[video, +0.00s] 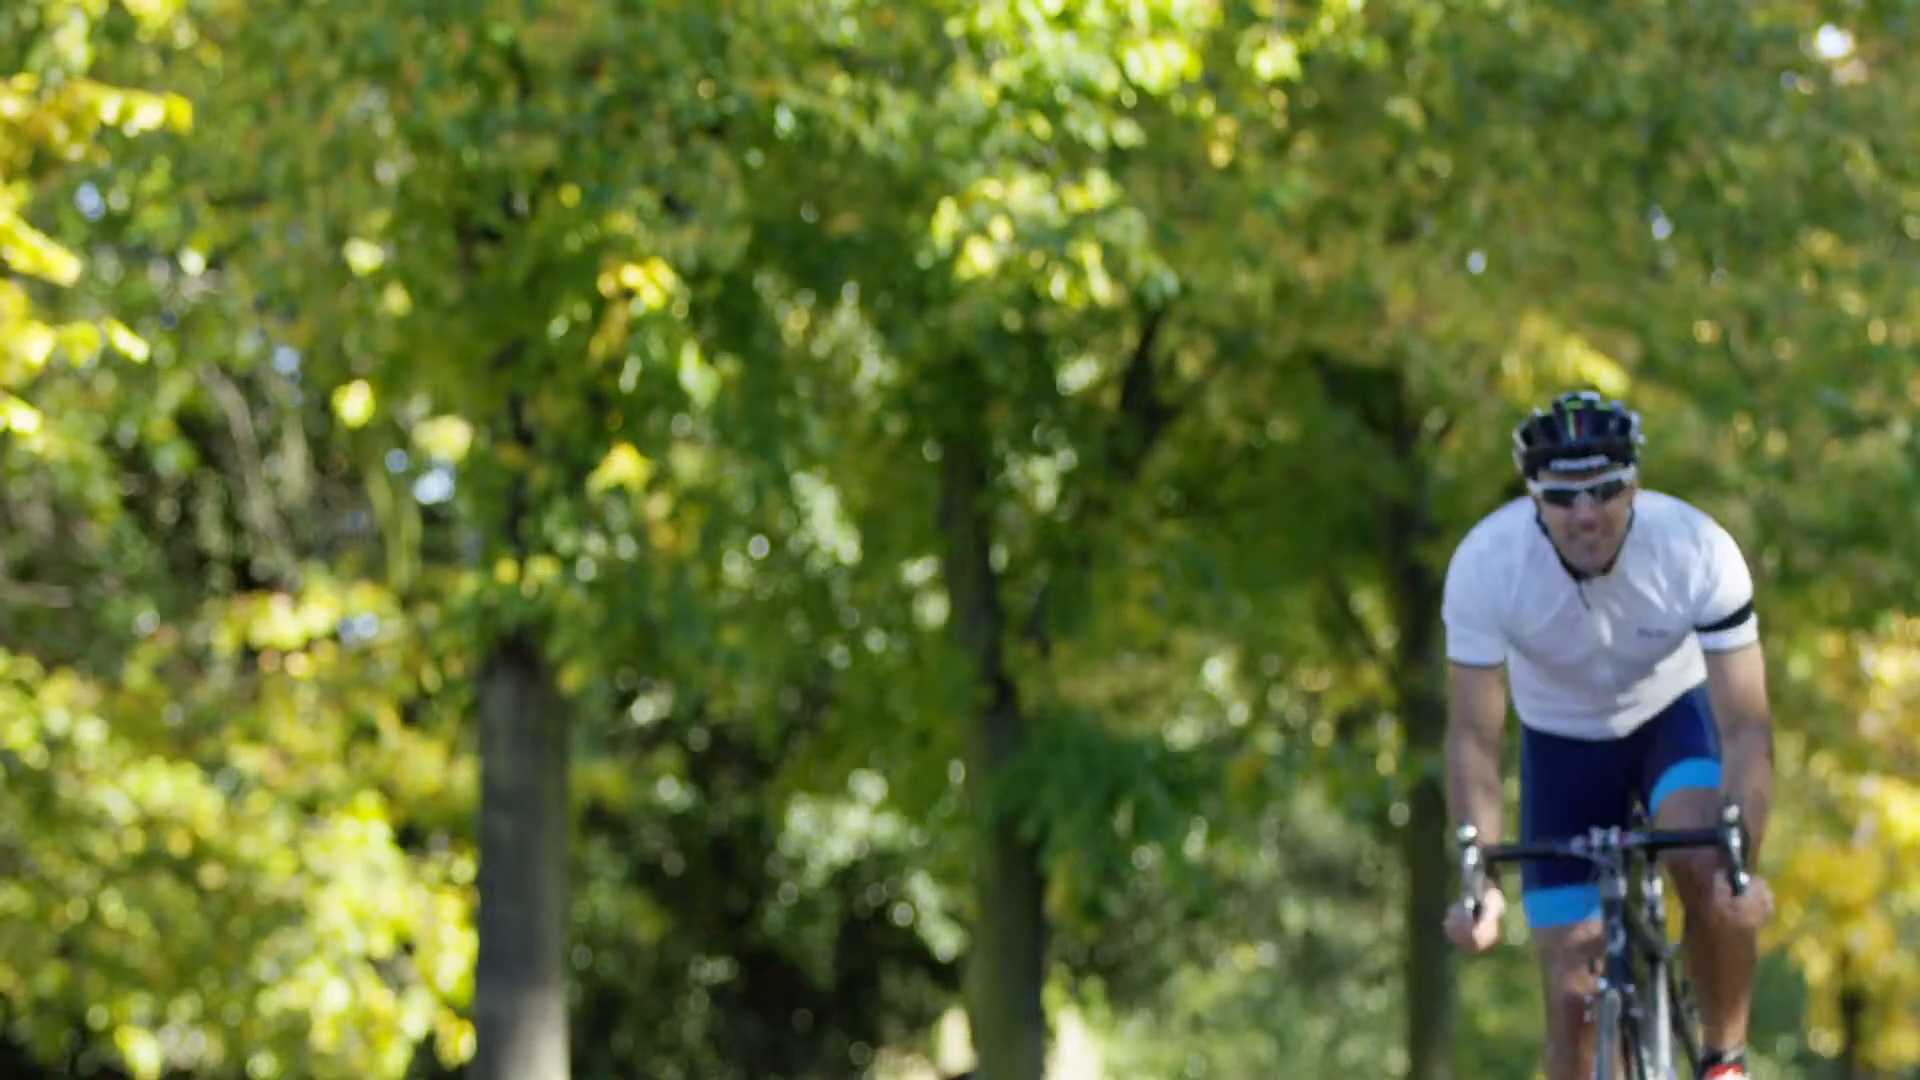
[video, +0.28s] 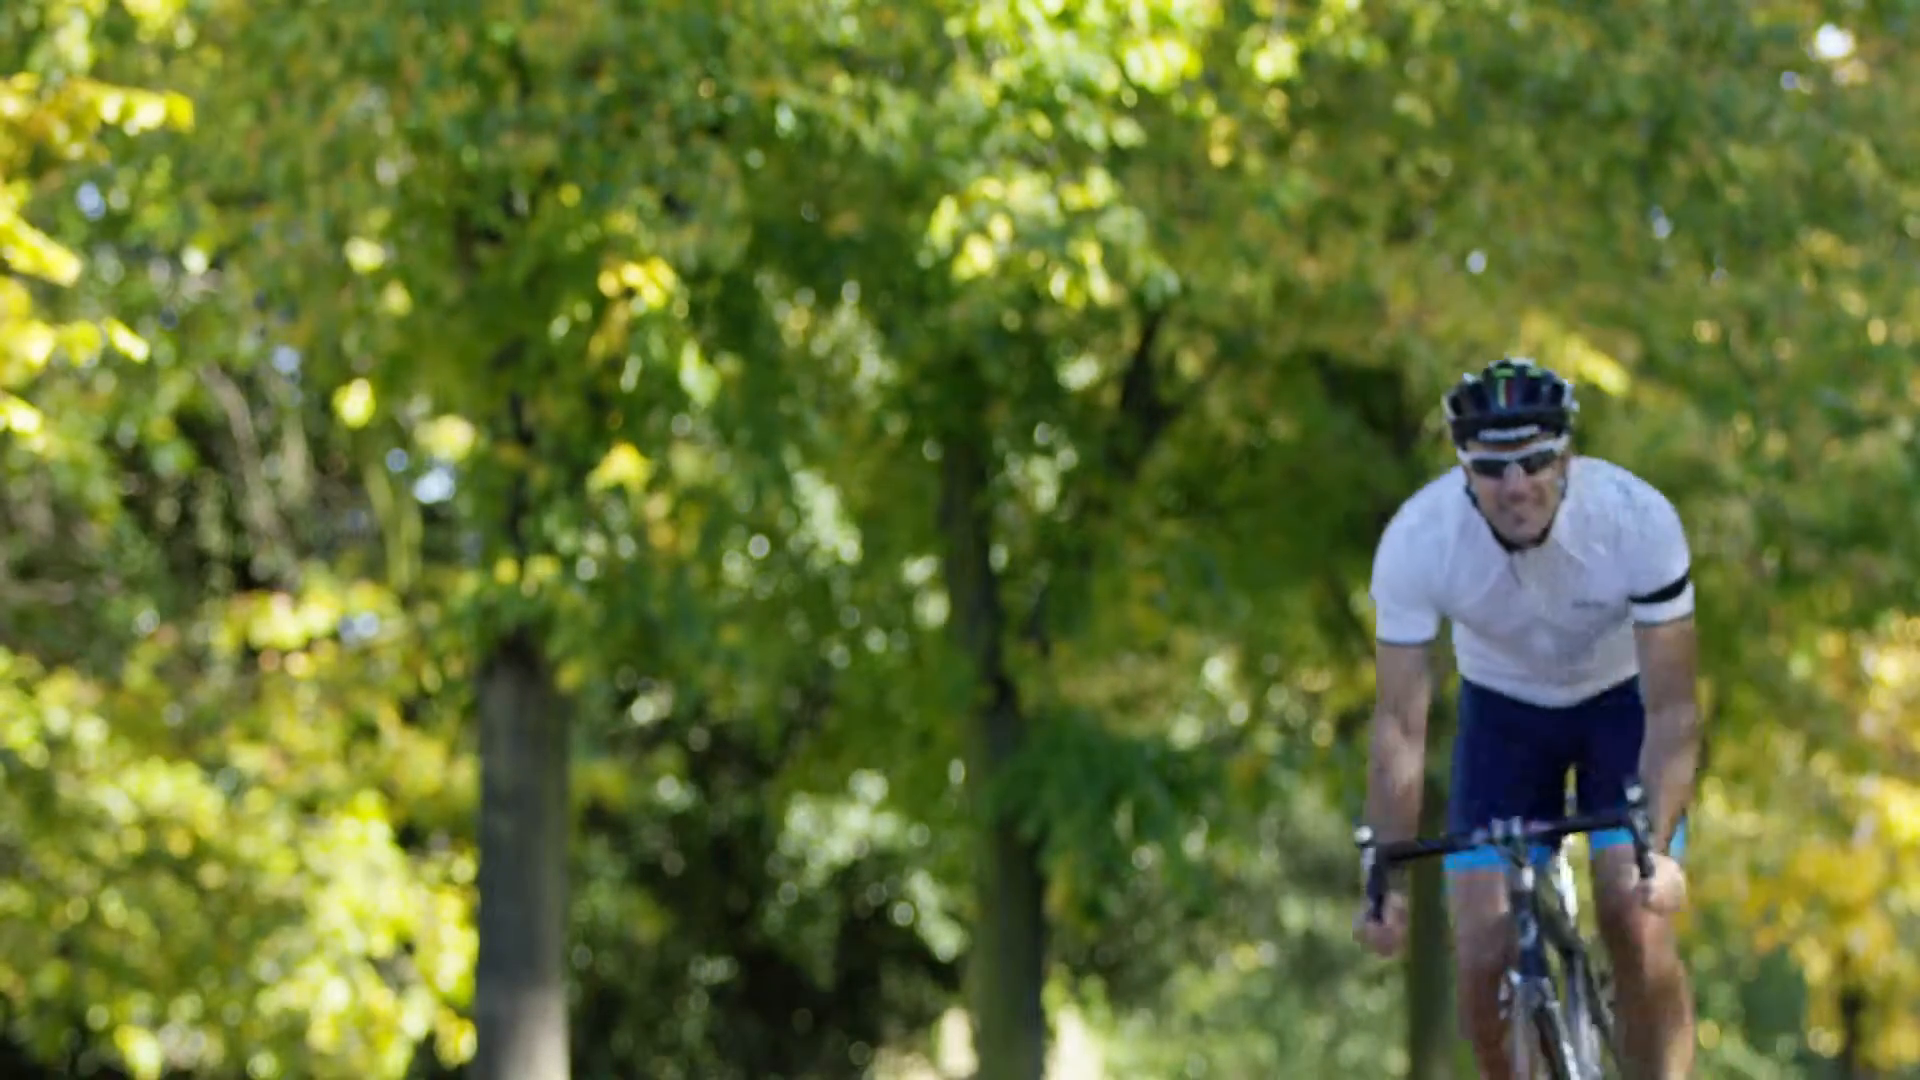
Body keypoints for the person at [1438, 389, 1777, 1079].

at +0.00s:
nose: (1587, 516)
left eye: (1606, 493)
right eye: (1563, 498)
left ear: (1634, 486)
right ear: (1535, 497)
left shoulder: (1697, 549)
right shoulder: (1485, 566)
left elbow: (1747, 724)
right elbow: (1474, 734)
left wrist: (1745, 862)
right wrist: (1477, 875)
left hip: (1672, 715)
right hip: (1559, 739)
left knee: (1703, 860)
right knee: (1574, 988)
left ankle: (1725, 1059)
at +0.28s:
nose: (1516, 487)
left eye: (1536, 464)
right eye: (1492, 469)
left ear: (1566, 455)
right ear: (1464, 465)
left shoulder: (1637, 520)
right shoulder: (1417, 541)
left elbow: (1673, 703)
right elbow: (1400, 720)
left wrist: (1657, 842)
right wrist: (1387, 876)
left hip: (1621, 701)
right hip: (1498, 708)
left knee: (1633, 913)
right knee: (1485, 939)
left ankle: (1660, 1067)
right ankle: (1508, 1070)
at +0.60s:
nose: (1415, 462)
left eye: (1435, 438)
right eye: (1390, 443)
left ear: (1470, 429)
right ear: (1363, 441)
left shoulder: (1551, 492)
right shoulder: (1324, 514)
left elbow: (1598, 679)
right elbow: (1306, 698)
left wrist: (1584, 830)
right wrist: (1303, 848)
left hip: (1546, 689)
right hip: (1417, 682)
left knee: (1567, 957)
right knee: (1362, 840)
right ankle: (1422, 1037)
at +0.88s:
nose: (1323, 433)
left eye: (1345, 407)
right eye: (1299, 411)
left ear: (1386, 396)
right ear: (1274, 407)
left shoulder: (1469, 462)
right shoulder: (1236, 484)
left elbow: (1528, 651)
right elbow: (1227, 667)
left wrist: (1525, 809)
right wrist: (1231, 819)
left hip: (1469, 657)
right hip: (1335, 648)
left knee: (1497, 941)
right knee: (1295, 822)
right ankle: (1348, 1065)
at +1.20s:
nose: (1232, 388)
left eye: (1254, 361)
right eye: (1206, 367)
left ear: (1294, 349)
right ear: (1177, 366)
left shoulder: (1377, 429)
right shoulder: (1128, 444)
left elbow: (1437, 635)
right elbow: (1129, 631)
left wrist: (1448, 805)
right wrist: (1144, 780)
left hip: (1372, 631)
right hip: (1233, 644)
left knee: (1403, 862)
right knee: (1239, 891)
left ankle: (1459, 1055)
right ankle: (1247, 1069)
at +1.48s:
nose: (1141, 343)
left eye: (1165, 315)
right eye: (1115, 320)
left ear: (1206, 307)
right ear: (1086, 319)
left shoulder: (1292, 391)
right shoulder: (1032, 405)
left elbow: (1349, 604)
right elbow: (1023, 605)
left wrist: (1356, 783)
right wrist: (1036, 755)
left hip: (1274, 597)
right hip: (1135, 624)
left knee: (1307, 763)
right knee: (1144, 921)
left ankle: (1347, 999)